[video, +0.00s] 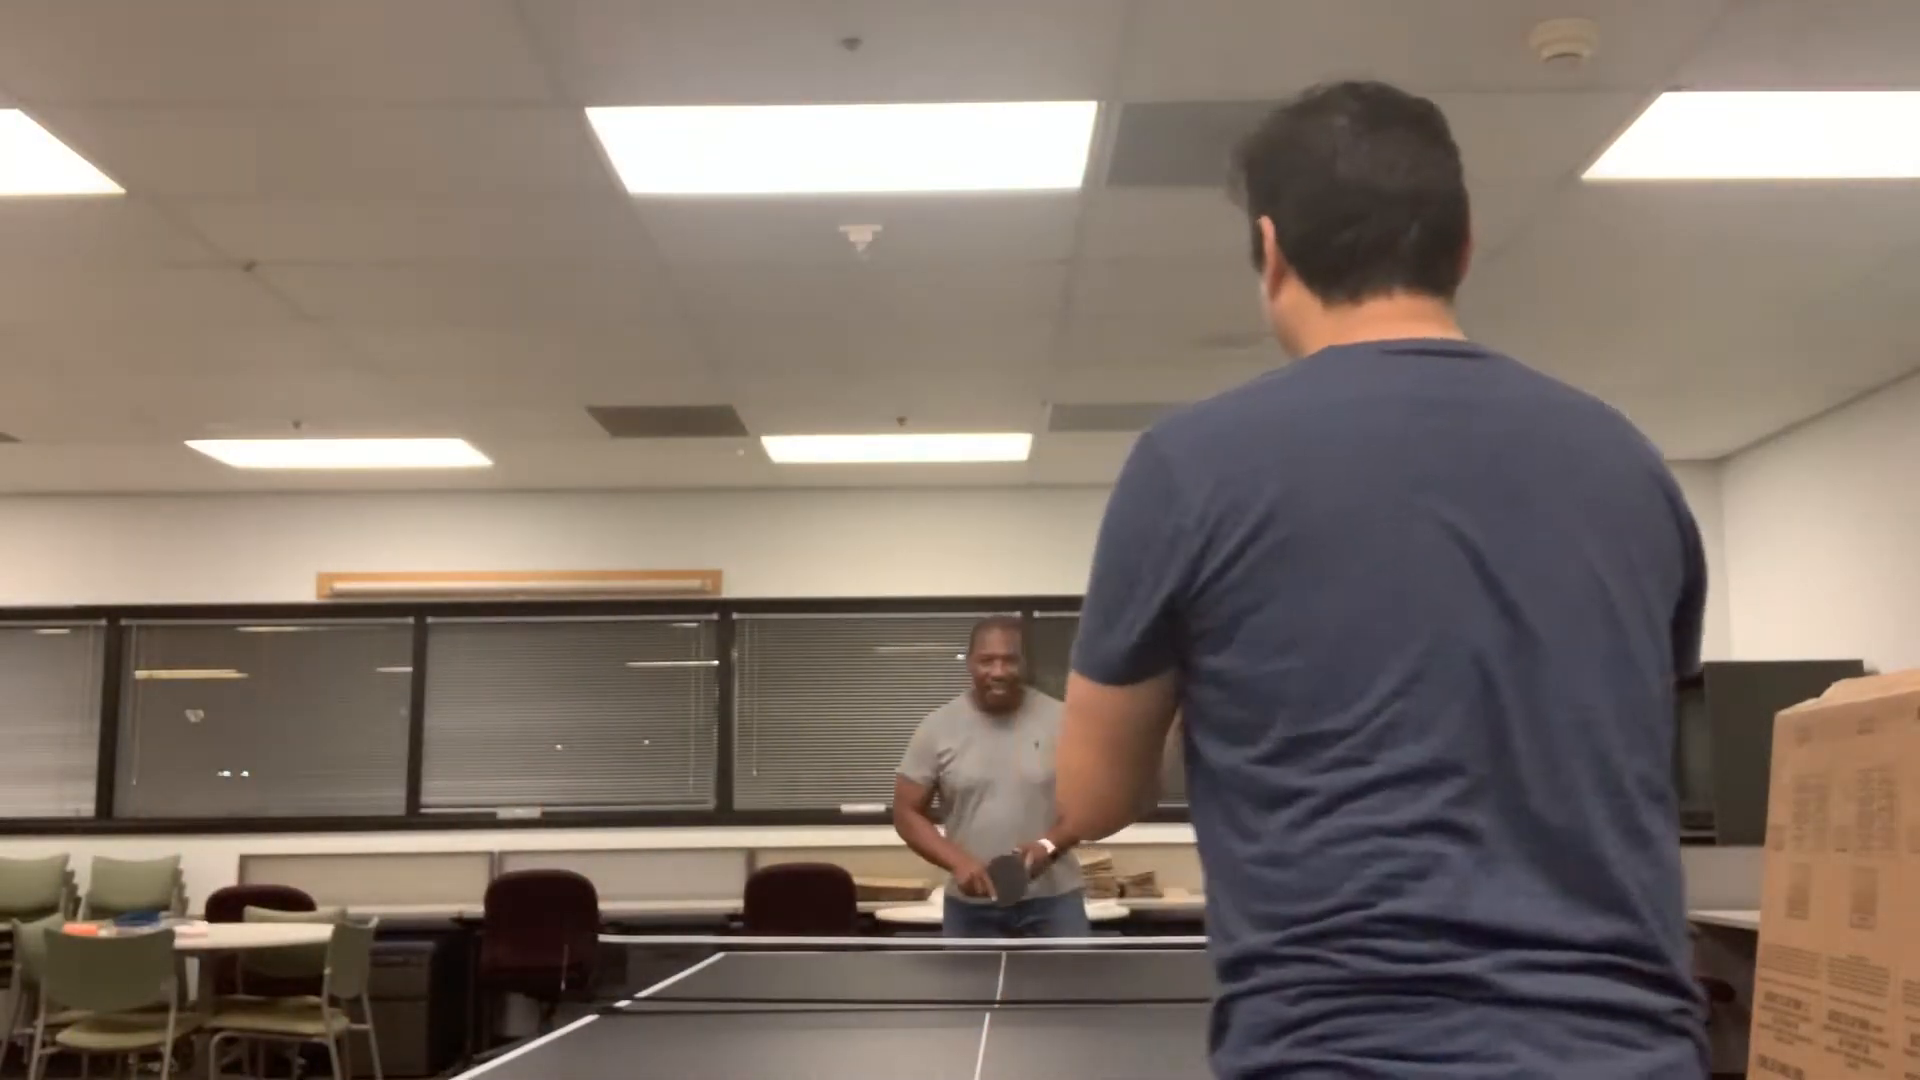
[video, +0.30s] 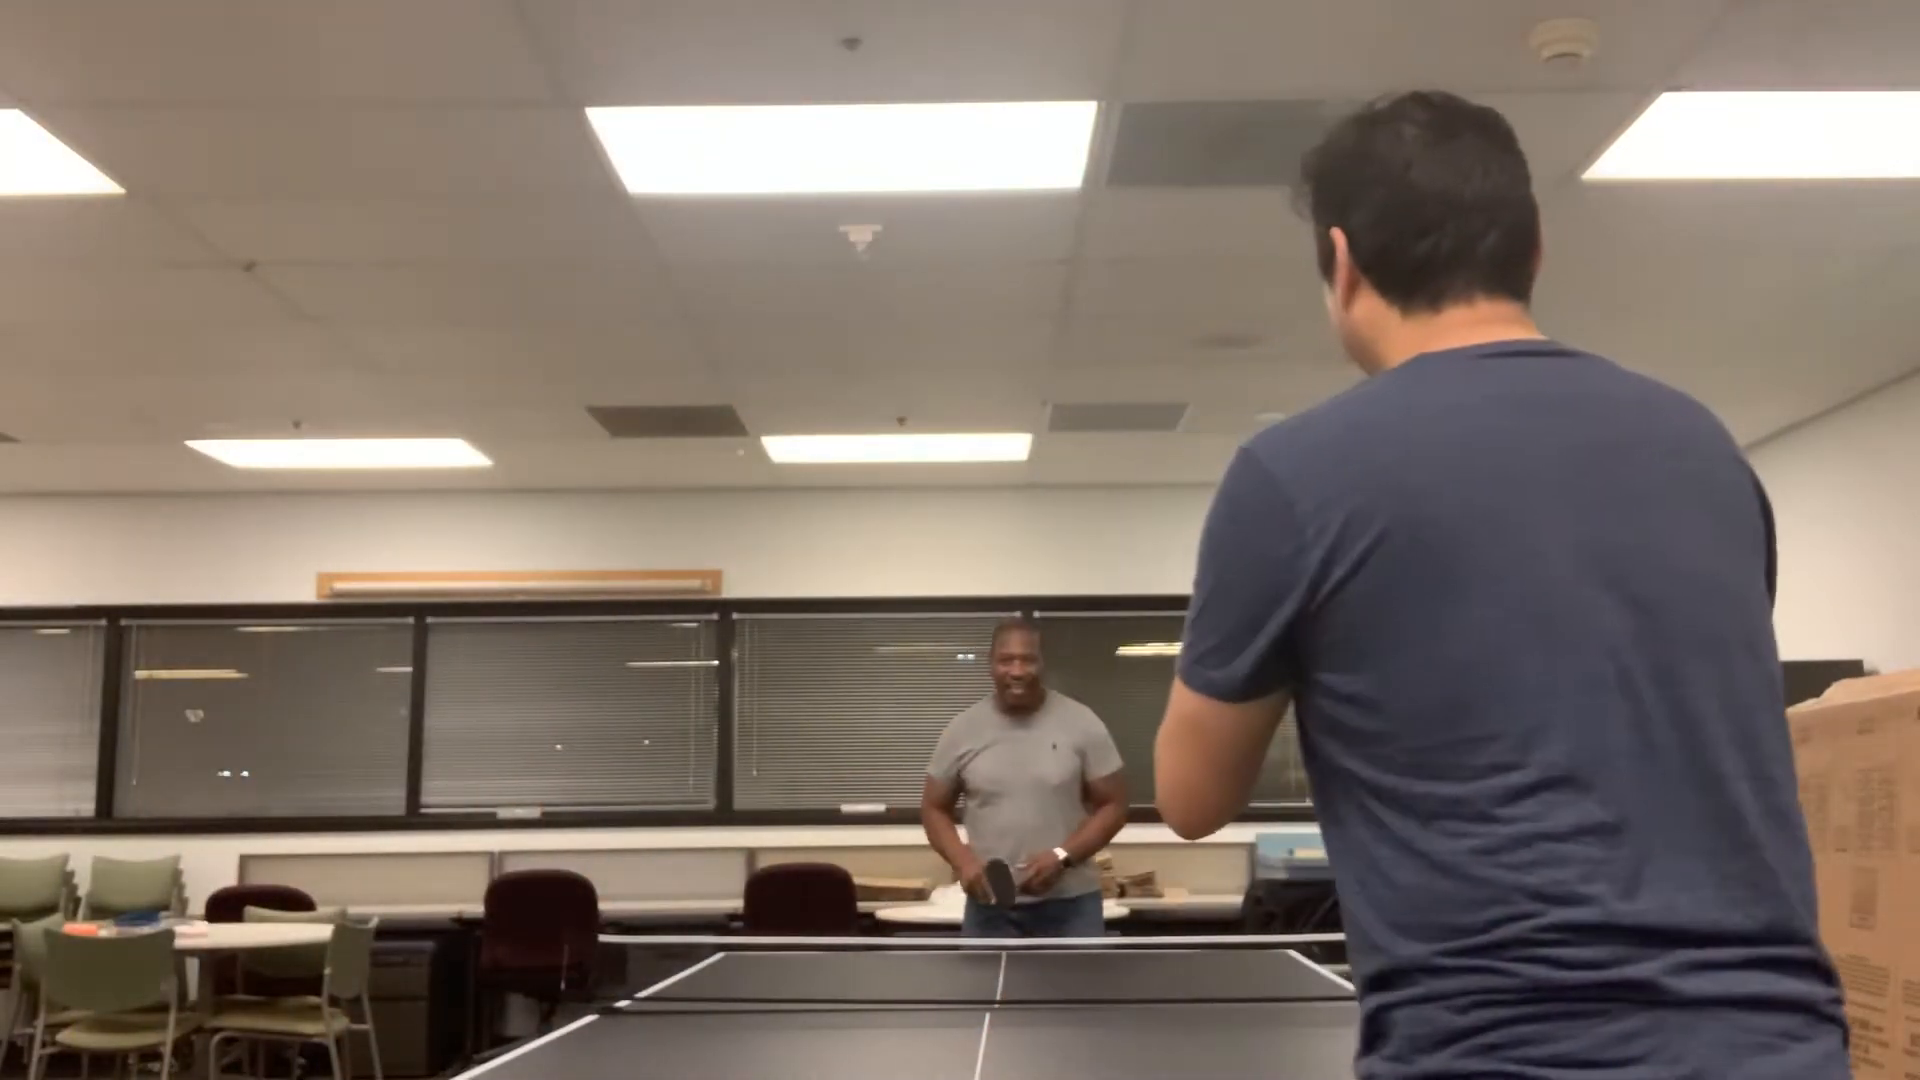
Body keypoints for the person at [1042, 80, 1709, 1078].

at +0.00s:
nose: (1251, 284)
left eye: (1247, 256)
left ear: (1269, 252)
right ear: (1464, 245)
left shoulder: (1194, 461)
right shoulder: (1625, 459)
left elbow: (1092, 798)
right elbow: (1645, 739)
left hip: (1324, 1044)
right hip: (1624, 1045)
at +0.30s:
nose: (1325, 304)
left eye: (1319, 272)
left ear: (1341, 262)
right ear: (1535, 250)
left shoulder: (1296, 472)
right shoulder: (1706, 444)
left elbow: (1191, 800)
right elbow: (1724, 709)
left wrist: (1298, 615)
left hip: (1477, 1046)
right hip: (1774, 1042)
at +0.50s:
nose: (1337, 306)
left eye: (1330, 271)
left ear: (1354, 257)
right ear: (1549, 246)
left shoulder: (1312, 458)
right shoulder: (1711, 434)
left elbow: (1214, 792)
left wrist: (1321, 666)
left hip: (1504, 1049)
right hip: (1800, 1041)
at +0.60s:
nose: (1326, 299)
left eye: (1316, 265)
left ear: (1342, 253)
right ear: (1536, 242)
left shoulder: (1300, 455)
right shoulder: (1697, 428)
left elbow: (1206, 790)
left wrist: (1318, 656)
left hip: (1510, 1050)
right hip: (1804, 1039)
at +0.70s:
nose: (1303, 301)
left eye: (1296, 269)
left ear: (1320, 258)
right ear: (1513, 248)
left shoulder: (1285, 458)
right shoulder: (1676, 425)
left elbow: (1189, 792)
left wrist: (1286, 673)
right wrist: (1320, 681)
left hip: (1517, 1050)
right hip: (1810, 1039)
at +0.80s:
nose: (1285, 318)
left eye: (1279, 283)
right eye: (1277, 288)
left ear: (1307, 275)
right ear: (1488, 259)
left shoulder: (1292, 470)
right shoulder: (1653, 434)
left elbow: (1175, 807)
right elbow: (1515, 748)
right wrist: (1207, 751)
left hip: (1544, 1048)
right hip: (1817, 1034)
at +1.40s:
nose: (1307, 507)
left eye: (1304, 469)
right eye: (1300, 474)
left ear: (1362, 449)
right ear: (1480, 436)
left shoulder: (1526, 571)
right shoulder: (1503, 612)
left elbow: (1537, 908)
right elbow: (1310, 871)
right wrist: (1084, 890)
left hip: (1811, 1061)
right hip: (1709, 1059)